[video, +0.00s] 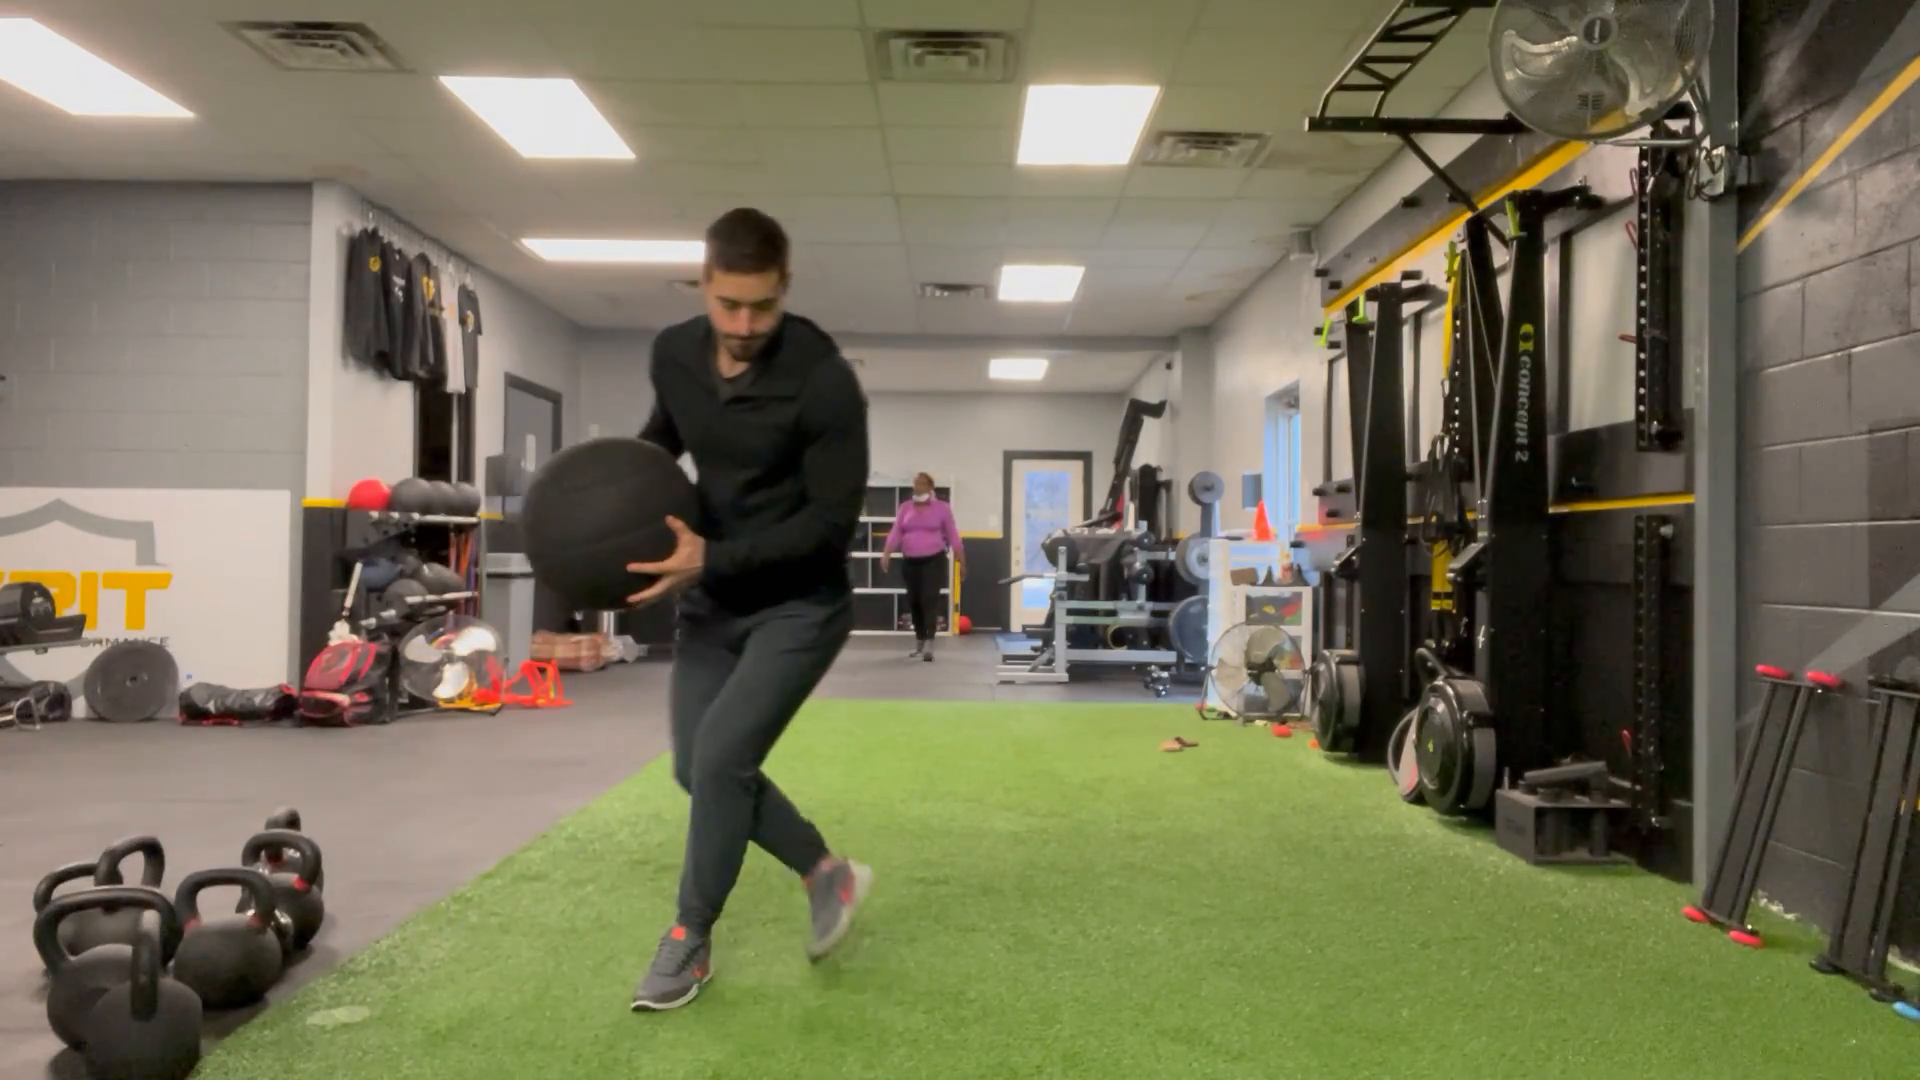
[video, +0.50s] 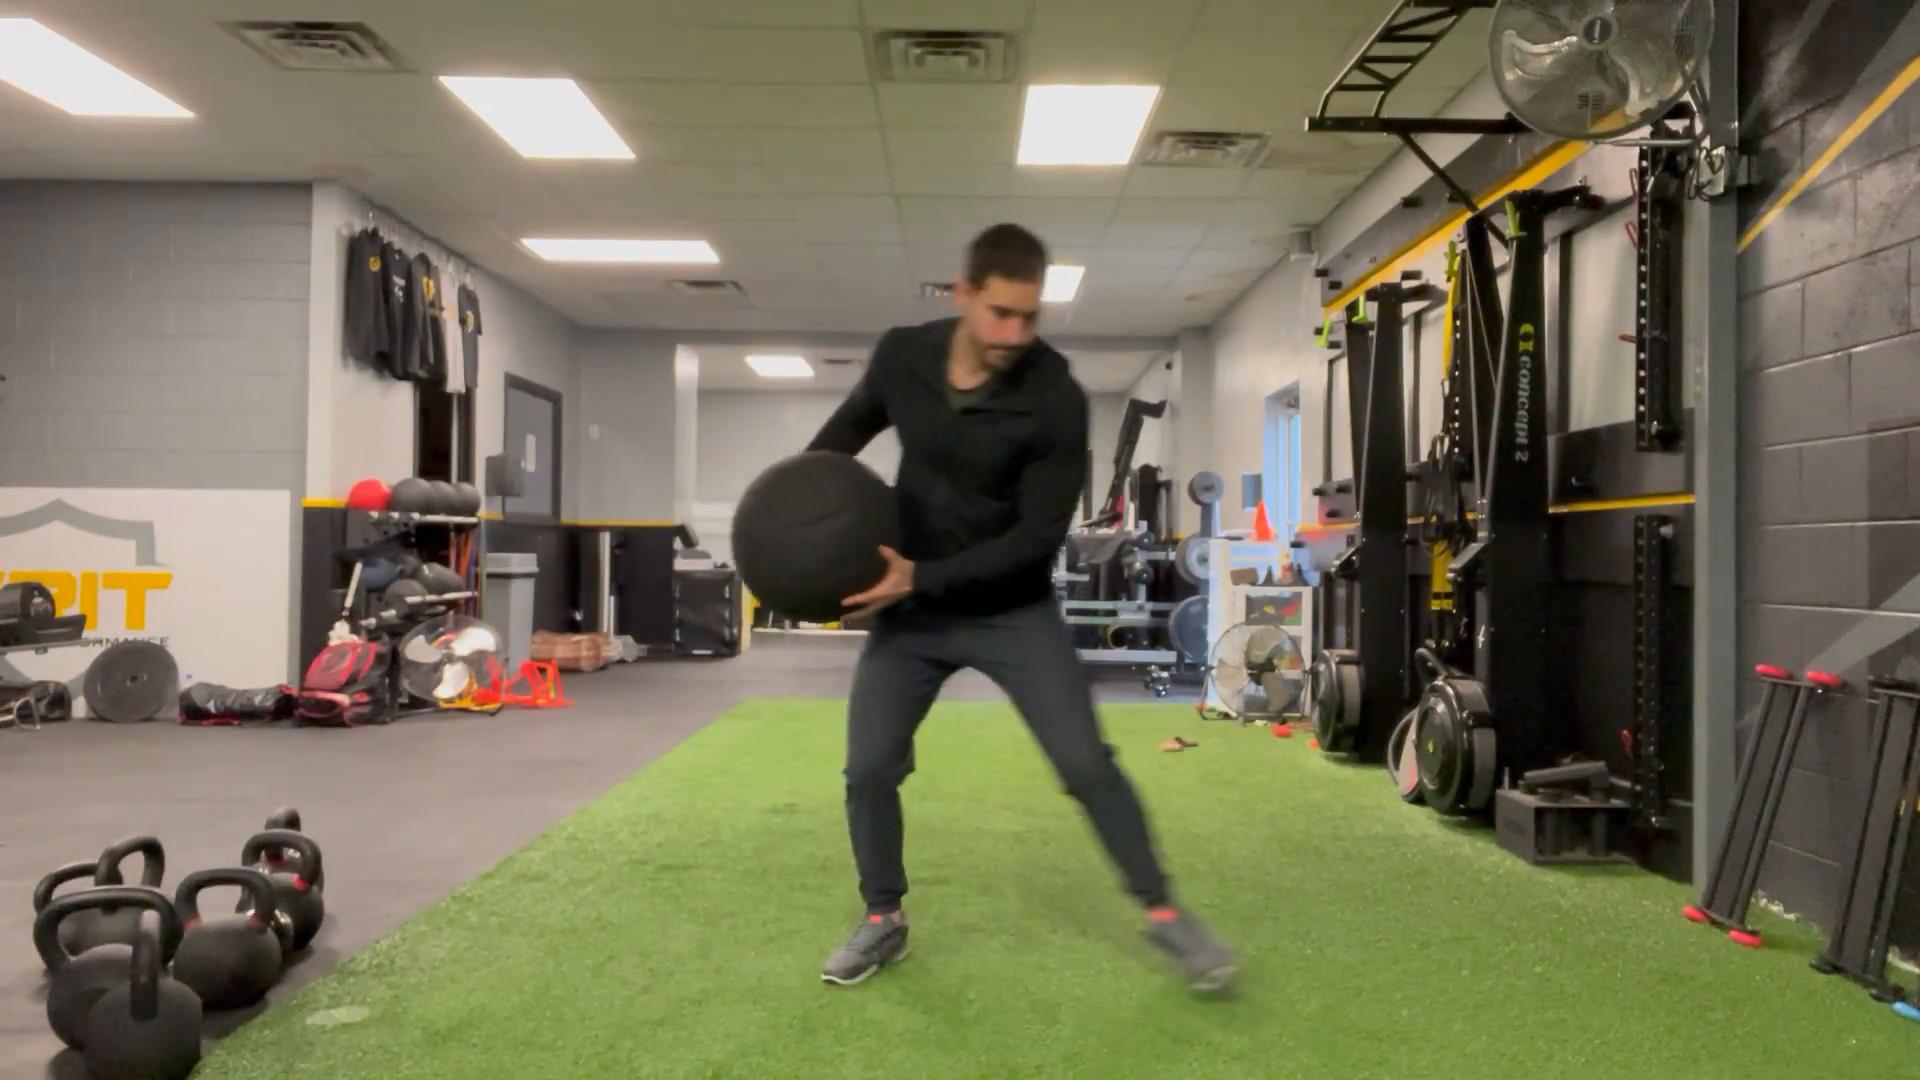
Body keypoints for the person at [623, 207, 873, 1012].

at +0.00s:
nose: (745, 323)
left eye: (762, 306)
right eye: (730, 304)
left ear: (785, 291)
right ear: (705, 287)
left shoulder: (825, 381)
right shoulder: (678, 353)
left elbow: (832, 524)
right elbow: (664, 437)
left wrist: (714, 555)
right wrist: (615, 505)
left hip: (804, 601)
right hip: (715, 599)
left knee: (720, 758)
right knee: (697, 768)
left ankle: (690, 935)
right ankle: (826, 872)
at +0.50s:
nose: (1015, 332)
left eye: (1028, 316)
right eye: (1000, 313)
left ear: (1041, 308)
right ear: (961, 294)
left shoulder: (1057, 400)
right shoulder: (903, 356)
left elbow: (1037, 542)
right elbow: (840, 441)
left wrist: (920, 577)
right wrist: (793, 515)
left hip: (1018, 613)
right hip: (913, 611)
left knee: (1084, 763)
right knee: (869, 764)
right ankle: (883, 917)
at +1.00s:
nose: (1295, 252)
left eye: (1297, 237)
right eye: (1287, 236)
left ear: (1227, 235)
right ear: (1236, 233)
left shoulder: (1179, 307)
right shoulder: (1223, 326)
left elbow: (1223, 414)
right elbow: (1288, 463)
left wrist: (1294, 336)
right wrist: (1371, 452)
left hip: (1168, 577)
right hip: (1143, 575)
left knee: (1211, 759)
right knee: (1079, 758)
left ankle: (1237, 931)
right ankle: (922, 872)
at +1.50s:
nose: (1203, 248)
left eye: (1207, 232)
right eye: (1188, 231)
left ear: (1173, 235)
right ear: (1133, 231)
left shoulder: (1199, 330)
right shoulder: (1074, 330)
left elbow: (1212, 436)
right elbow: (1052, 454)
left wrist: (1267, 471)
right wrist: (1064, 537)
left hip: (1183, 585)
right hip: (1092, 590)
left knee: (1235, 746)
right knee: (1021, 745)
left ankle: (1242, 932)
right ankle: (907, 880)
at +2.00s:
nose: (915, 271)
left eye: (930, 253)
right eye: (901, 254)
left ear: (959, 247)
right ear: (884, 250)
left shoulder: (1014, 338)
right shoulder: (853, 351)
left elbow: (1058, 447)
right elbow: (843, 460)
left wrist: (1018, 466)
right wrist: (838, 488)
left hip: (1002, 585)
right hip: (900, 593)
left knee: (1079, 747)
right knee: (892, 774)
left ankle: (1149, 910)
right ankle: (912, 914)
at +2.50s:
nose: (768, 270)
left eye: (785, 252)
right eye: (757, 252)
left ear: (826, 239)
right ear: (747, 244)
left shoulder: (887, 328)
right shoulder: (734, 330)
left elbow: (939, 438)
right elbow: (719, 434)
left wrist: (901, 467)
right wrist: (712, 467)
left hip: (852, 575)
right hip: (774, 572)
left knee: (769, 738)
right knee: (835, 749)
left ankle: (719, 934)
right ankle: (911, 906)